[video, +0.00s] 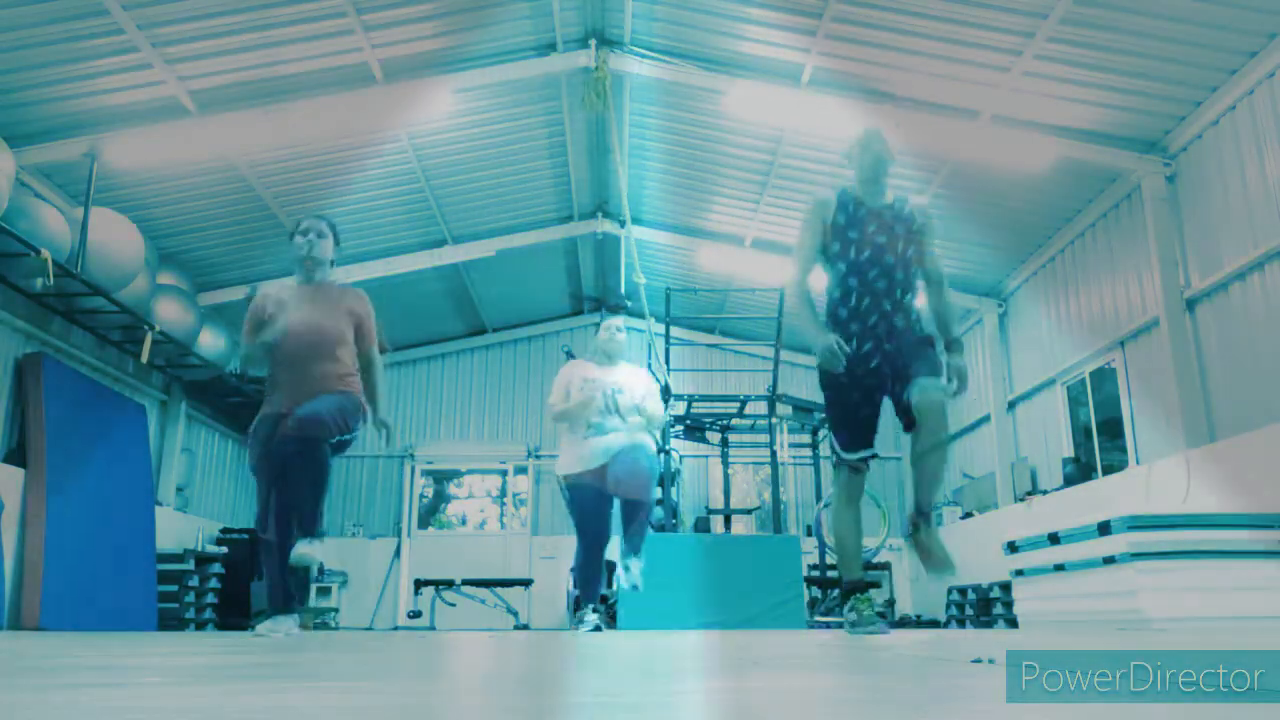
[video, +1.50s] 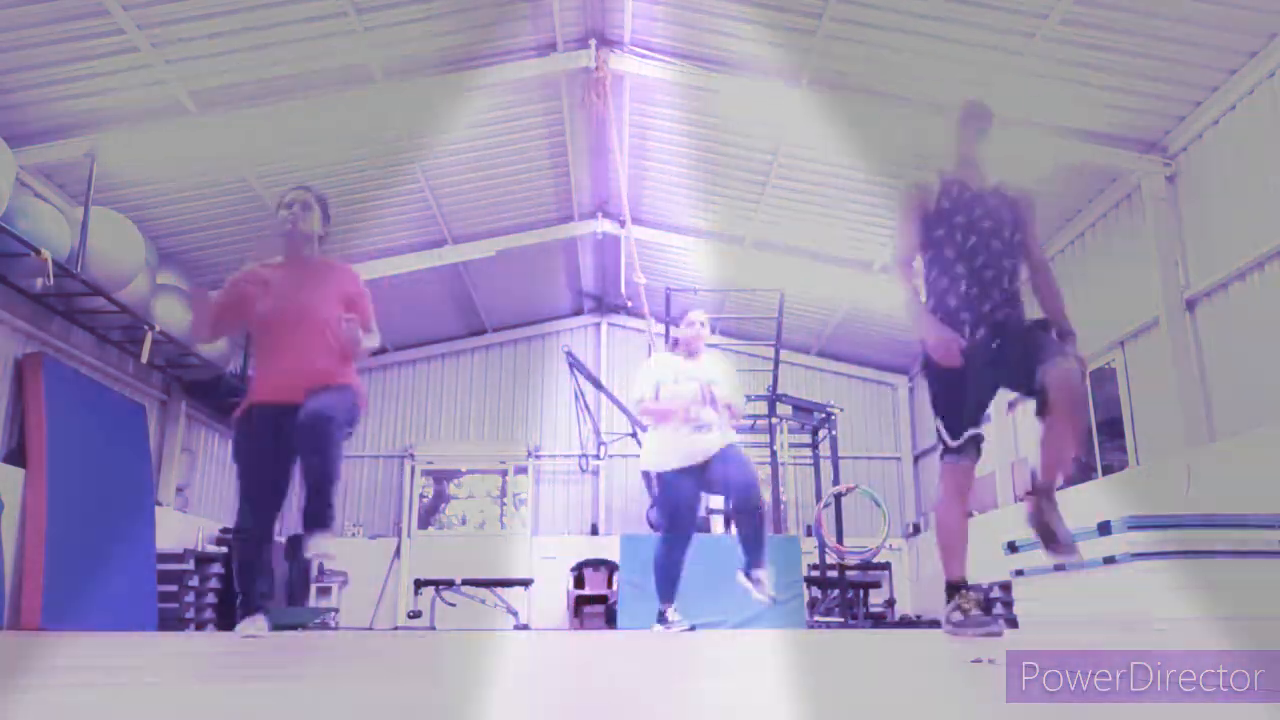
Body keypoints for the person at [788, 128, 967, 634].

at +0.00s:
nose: (875, 161)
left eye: (881, 154)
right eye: (867, 153)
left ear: (890, 163)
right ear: (851, 161)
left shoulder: (912, 219)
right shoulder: (828, 210)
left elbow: (936, 286)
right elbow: (797, 281)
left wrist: (953, 348)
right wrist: (816, 334)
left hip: (904, 338)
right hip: (846, 342)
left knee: (932, 404)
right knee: (851, 474)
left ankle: (922, 524)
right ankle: (857, 599)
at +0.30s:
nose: (914, 173)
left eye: (921, 167)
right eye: (904, 165)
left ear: (929, 180)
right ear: (884, 177)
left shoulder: (945, 239)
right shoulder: (855, 229)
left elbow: (969, 318)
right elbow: (828, 305)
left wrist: (992, 380)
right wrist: (841, 370)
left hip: (938, 385)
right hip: (874, 385)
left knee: (962, 478)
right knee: (857, 498)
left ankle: (953, 602)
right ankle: (837, 598)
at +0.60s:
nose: (907, 158)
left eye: (913, 151)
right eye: (900, 151)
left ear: (924, 156)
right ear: (887, 156)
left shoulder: (951, 210)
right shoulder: (860, 207)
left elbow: (984, 267)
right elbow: (831, 283)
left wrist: (999, 310)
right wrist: (817, 351)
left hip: (939, 335)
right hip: (877, 326)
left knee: (941, 466)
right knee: (922, 342)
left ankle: (937, 593)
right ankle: (875, 427)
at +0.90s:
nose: (910, 142)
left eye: (916, 133)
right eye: (902, 134)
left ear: (928, 144)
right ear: (887, 146)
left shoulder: (955, 207)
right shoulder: (865, 204)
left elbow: (986, 276)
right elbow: (837, 287)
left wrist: (1015, 332)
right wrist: (834, 357)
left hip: (965, 349)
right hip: (902, 351)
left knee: (973, 472)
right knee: (913, 468)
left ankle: (974, 593)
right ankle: (922, 598)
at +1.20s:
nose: (923, 116)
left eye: (929, 109)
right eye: (915, 108)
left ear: (940, 119)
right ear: (900, 117)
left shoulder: (967, 180)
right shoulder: (882, 178)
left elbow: (997, 253)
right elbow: (862, 257)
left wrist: (1025, 314)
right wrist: (881, 314)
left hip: (989, 321)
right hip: (929, 325)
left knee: (1033, 412)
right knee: (938, 459)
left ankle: (976, 476)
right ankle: (948, 587)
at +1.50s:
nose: (972, 136)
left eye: (980, 128)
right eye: (966, 127)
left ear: (988, 137)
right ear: (953, 134)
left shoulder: (1012, 202)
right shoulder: (925, 197)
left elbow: (1038, 269)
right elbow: (903, 266)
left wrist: (1061, 328)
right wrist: (927, 327)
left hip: (1010, 334)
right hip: (953, 340)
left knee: (1067, 376)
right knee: (958, 467)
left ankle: (1044, 497)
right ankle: (958, 595)